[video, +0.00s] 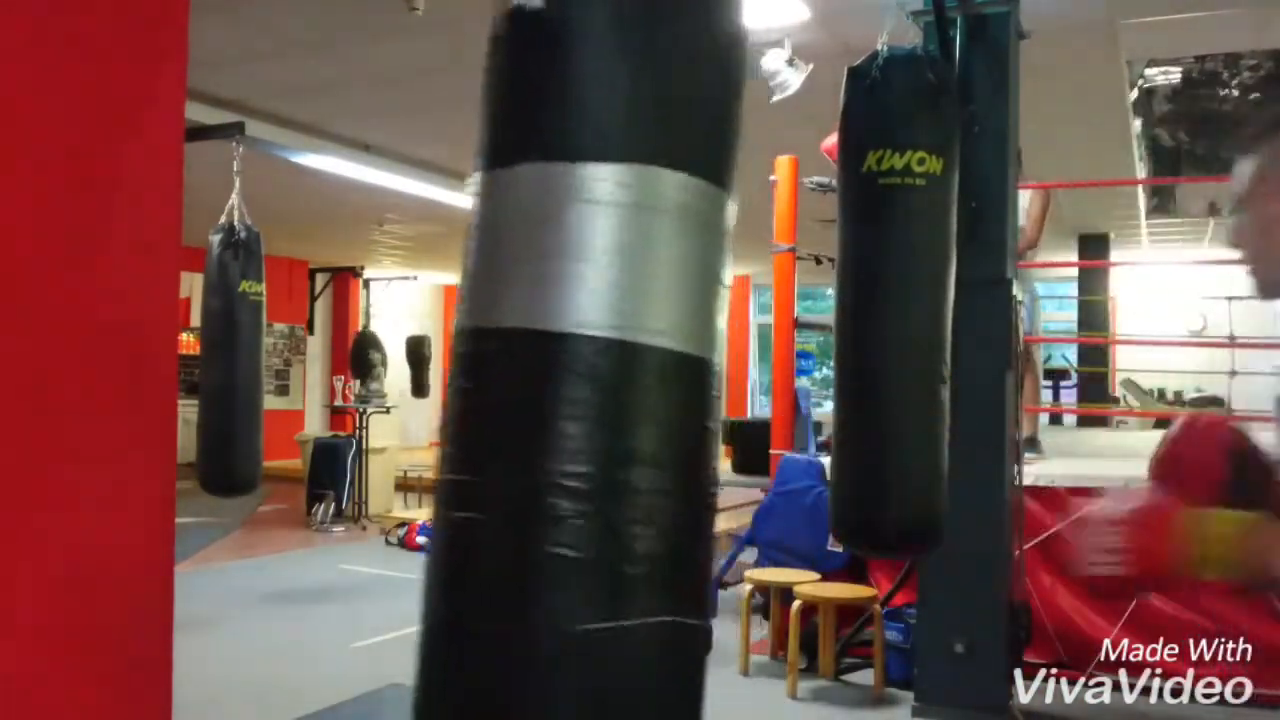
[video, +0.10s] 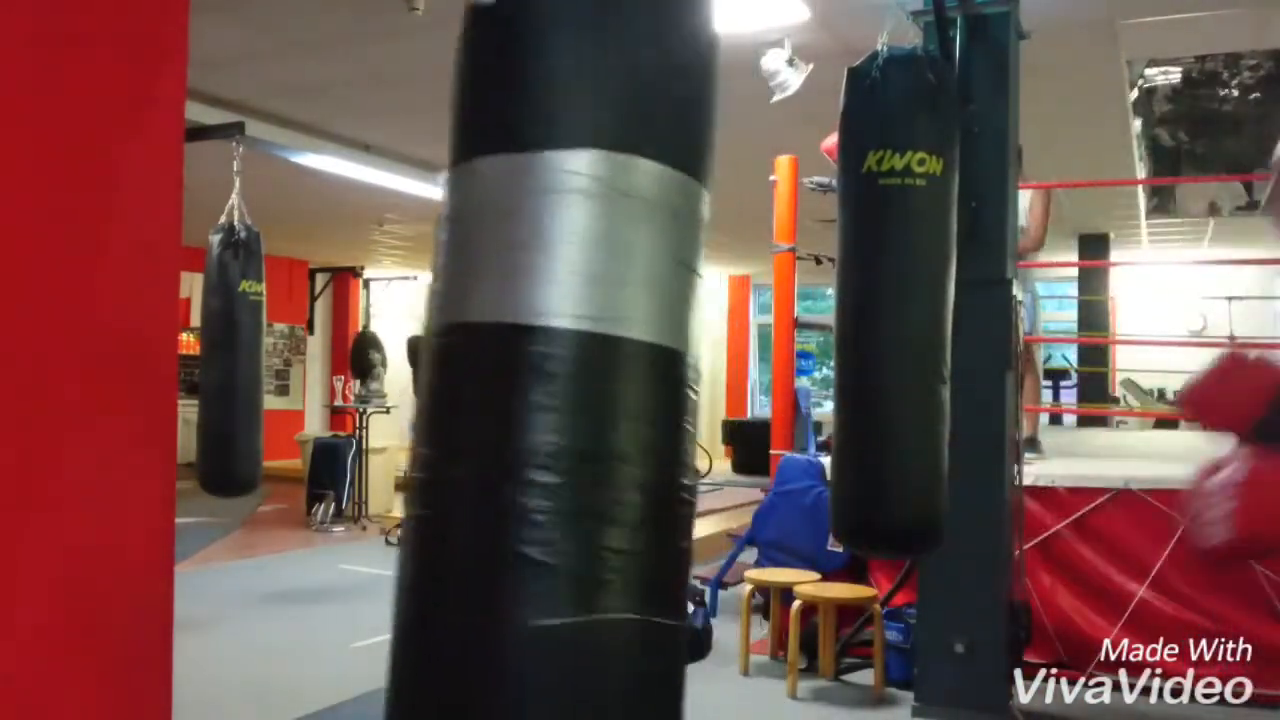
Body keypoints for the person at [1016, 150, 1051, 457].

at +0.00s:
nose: (1009, 161)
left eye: (1014, 155)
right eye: (1007, 155)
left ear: (1020, 157)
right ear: (997, 157)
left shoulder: (1036, 185)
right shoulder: (985, 184)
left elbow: (1030, 237)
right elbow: (1030, 237)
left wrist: (999, 252)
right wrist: (1003, 249)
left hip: (1016, 277)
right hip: (988, 278)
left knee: (1025, 356)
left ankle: (1029, 433)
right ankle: (1006, 435)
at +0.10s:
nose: (1009, 160)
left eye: (1013, 154)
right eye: (1005, 154)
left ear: (1020, 156)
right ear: (997, 156)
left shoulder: (1035, 185)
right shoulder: (985, 185)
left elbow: (1034, 239)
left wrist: (1001, 251)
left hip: (1017, 277)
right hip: (986, 279)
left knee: (1025, 357)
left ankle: (1029, 433)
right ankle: (998, 436)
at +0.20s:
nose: (1008, 162)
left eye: (1012, 155)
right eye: (1004, 155)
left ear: (1018, 157)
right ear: (996, 158)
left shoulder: (1034, 189)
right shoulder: (986, 188)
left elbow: (1041, 238)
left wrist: (1007, 249)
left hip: (1018, 280)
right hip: (988, 283)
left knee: (1025, 358)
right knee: (994, 360)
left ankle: (1029, 433)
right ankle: (1000, 436)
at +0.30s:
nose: (1007, 161)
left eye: (1011, 154)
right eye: (1003, 154)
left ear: (1018, 156)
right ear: (995, 157)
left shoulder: (1034, 190)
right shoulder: (984, 189)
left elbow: (1048, 239)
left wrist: (1018, 246)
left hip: (1020, 283)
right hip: (987, 285)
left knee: (1026, 359)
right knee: (991, 361)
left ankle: (1029, 434)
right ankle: (998, 436)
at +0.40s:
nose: (1008, 163)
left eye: (1012, 155)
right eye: (1004, 156)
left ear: (1018, 157)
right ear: (995, 159)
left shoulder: (1034, 192)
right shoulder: (983, 190)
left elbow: (1054, 239)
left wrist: (1026, 245)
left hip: (1020, 284)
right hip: (986, 287)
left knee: (1026, 358)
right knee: (991, 361)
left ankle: (1029, 434)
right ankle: (996, 436)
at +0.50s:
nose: (1008, 162)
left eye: (1011, 155)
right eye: (1005, 155)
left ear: (1018, 156)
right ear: (999, 157)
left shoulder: (1037, 191)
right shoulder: (983, 190)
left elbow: (1061, 239)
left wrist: (1030, 243)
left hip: (1021, 285)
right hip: (986, 288)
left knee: (1026, 358)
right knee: (995, 361)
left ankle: (1029, 435)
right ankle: (998, 436)